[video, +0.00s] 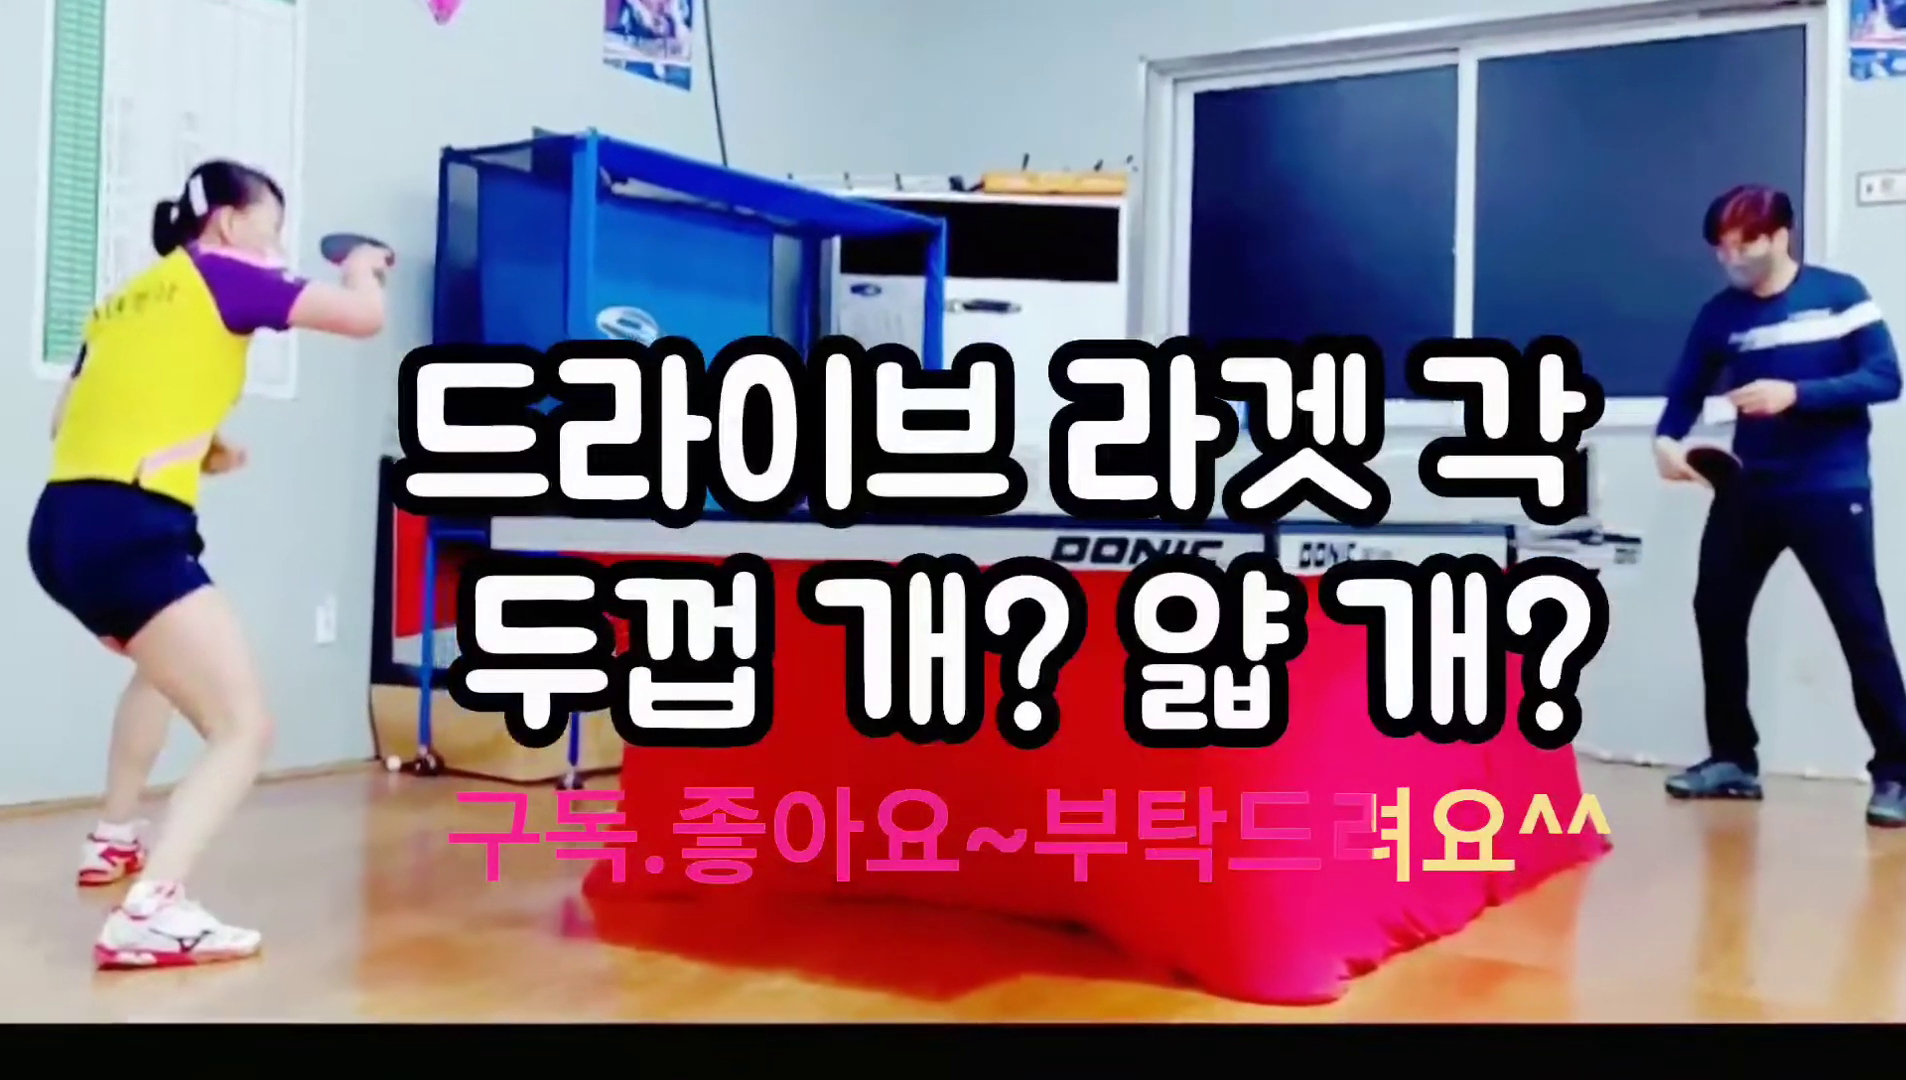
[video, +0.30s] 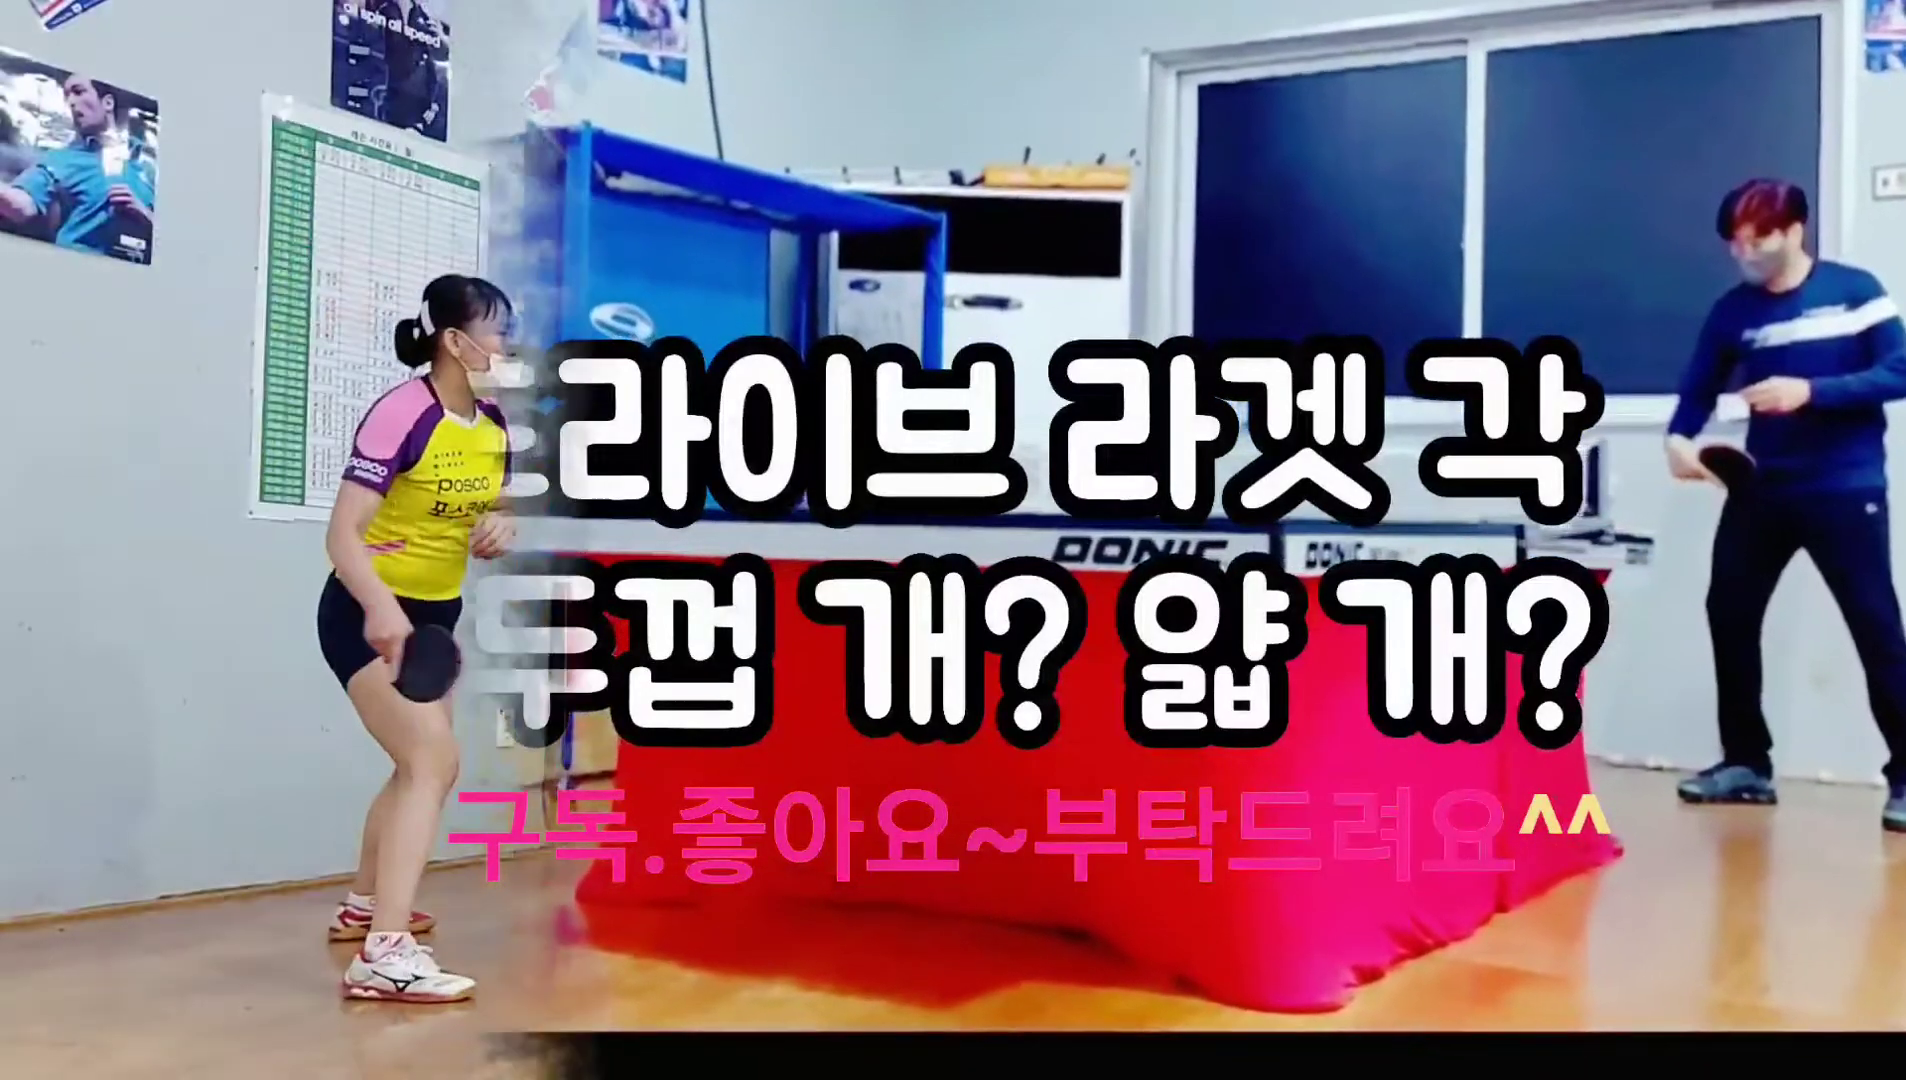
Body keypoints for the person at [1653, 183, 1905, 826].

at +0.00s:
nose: (1731, 255)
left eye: (1743, 241)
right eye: (1724, 244)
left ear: (1780, 237)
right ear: (1718, 248)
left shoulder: (1840, 295)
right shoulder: (1722, 313)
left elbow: (1884, 377)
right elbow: (1688, 389)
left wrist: (1795, 393)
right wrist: (1666, 440)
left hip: (1830, 498)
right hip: (1747, 497)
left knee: (1863, 632)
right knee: (1716, 613)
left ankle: (1893, 775)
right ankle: (1732, 760)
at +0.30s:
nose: (1743, 252)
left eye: (1755, 238)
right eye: (1736, 240)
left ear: (1793, 233)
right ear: (1732, 242)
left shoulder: (1856, 291)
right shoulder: (1734, 310)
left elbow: (1896, 374)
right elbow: (1700, 388)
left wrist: (1809, 391)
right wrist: (1678, 437)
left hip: (1846, 498)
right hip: (1760, 499)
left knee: (1881, 636)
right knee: (1729, 613)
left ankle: (1903, 778)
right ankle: (1745, 764)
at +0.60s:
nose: (1760, 245)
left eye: (1773, 231)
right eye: (1754, 233)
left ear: (1814, 226)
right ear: (1750, 234)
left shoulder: (1883, 286)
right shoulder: (1755, 305)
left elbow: (1902, 375)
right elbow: (1720, 383)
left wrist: (1831, 386)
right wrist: (1697, 435)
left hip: (1871, 496)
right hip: (1783, 496)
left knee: (1899, 638)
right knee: (1749, 615)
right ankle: (1767, 770)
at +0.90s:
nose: (1773, 240)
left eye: (1787, 226)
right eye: (1765, 228)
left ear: (1827, 221)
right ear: (1759, 231)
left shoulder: (1893, 283)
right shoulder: (1764, 304)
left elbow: (1905, 373)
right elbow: (1729, 384)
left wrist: (1844, 383)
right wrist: (1708, 435)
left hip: (1880, 496)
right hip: (1793, 495)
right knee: (1761, 615)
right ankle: (1778, 772)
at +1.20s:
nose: (1728, 394)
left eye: (1738, 383)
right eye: (1721, 387)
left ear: (1772, 383)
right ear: (1717, 392)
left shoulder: (1821, 434)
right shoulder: (1723, 452)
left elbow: (1853, 511)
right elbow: (1718, 529)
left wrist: (1779, 539)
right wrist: (1686, 565)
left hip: (1817, 618)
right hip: (1745, 618)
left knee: (1841, 741)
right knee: (1728, 732)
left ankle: (1863, 864)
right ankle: (1728, 848)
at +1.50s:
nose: (1717, 403)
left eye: (1728, 392)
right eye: (1709, 395)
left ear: (1759, 389)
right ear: (1703, 399)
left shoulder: (1812, 438)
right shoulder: (1701, 459)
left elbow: (1848, 512)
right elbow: (1675, 530)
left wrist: (1787, 537)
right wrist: (1662, 556)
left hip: (1804, 618)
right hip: (1727, 618)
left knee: (1834, 739)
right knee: (1707, 726)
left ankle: (1862, 862)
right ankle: (1724, 848)